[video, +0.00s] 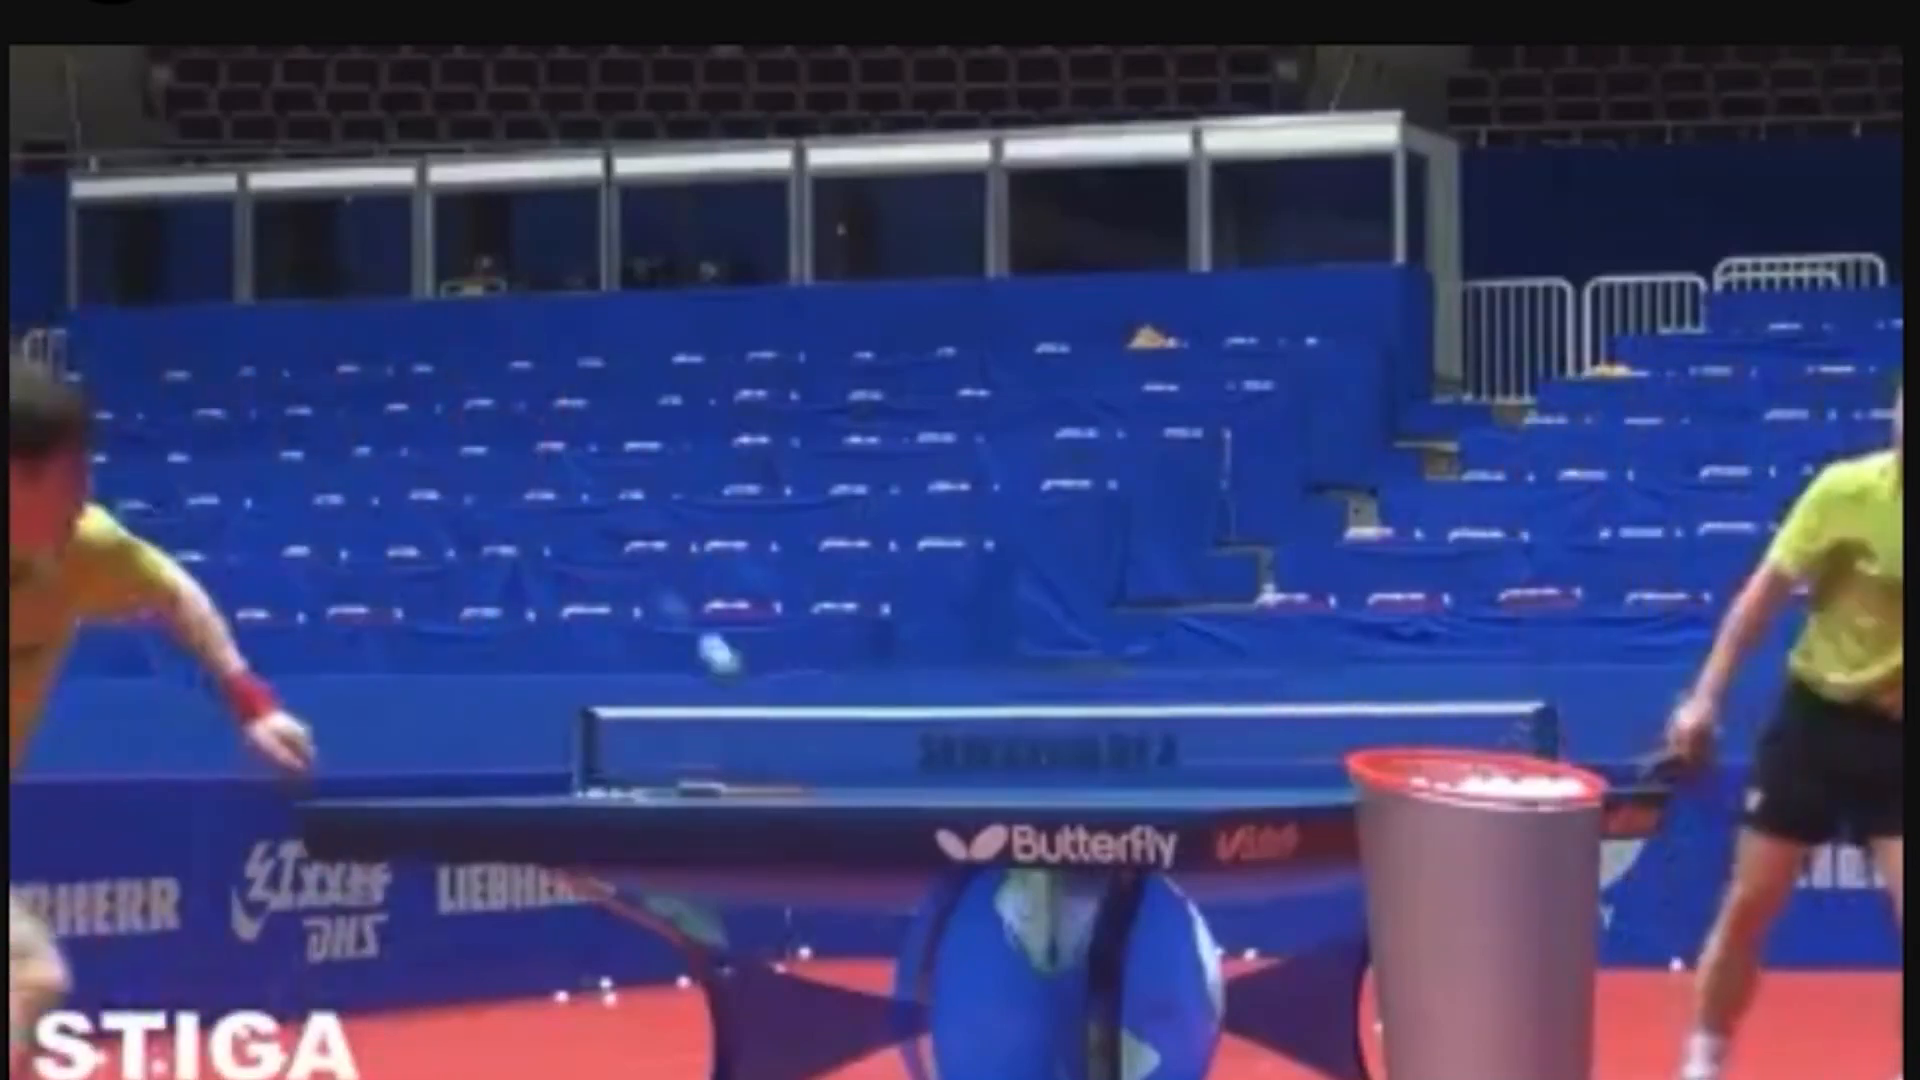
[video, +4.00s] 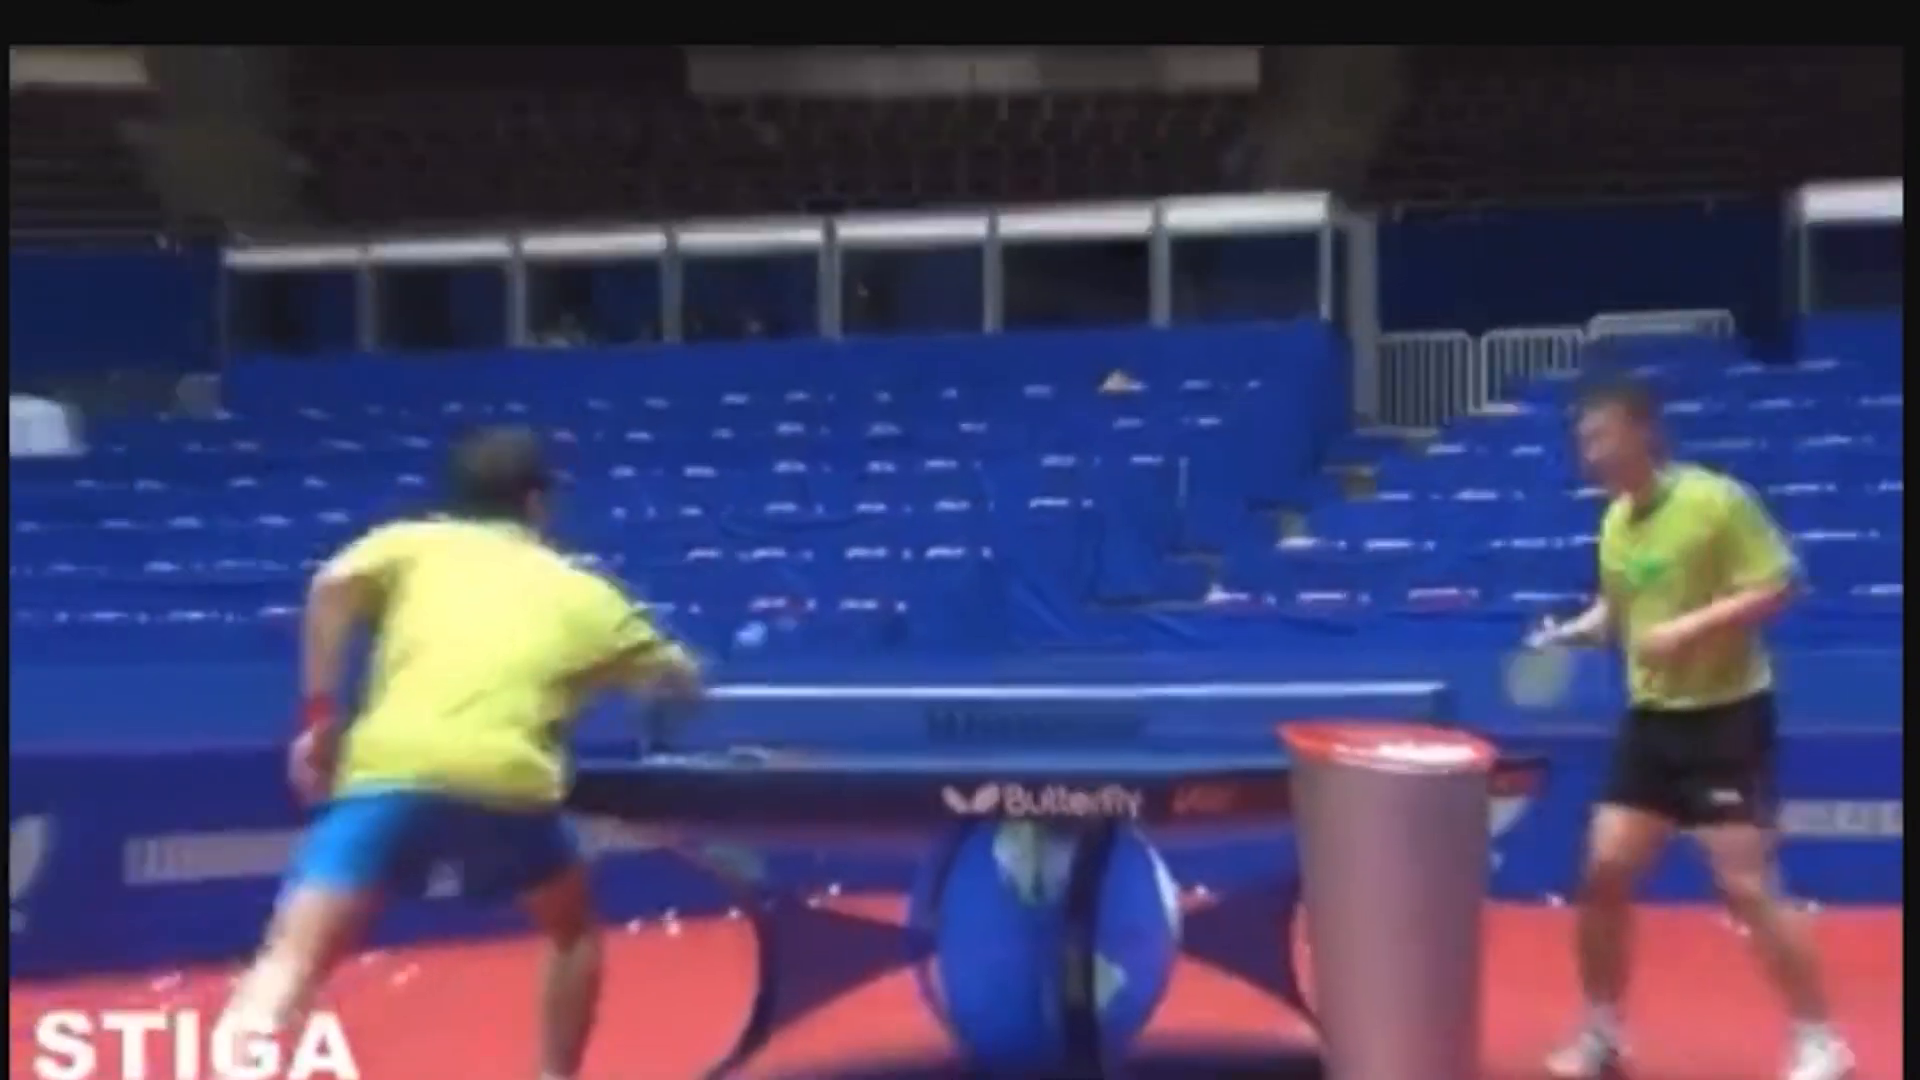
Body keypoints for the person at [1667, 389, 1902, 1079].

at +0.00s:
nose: (1903, 425)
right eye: (1901, 413)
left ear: (1897, 422)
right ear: (1894, 416)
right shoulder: (1851, 489)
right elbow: (1767, 588)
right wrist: (1705, 698)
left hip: (1896, 722)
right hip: (1819, 711)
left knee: (1902, 897)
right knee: (1753, 897)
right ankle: (1705, 1056)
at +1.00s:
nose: (1757, 417)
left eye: (1774, 401)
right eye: (1749, 401)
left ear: (1818, 406)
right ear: (1740, 410)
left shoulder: (1874, 502)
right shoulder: (1723, 496)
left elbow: (1894, 617)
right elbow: (1703, 595)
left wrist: (1803, 651)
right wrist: (1661, 633)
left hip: (1841, 735)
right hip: (1738, 729)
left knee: (1880, 923)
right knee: (1663, 912)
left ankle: (1897, 1066)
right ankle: (1623, 1059)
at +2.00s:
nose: (1605, 500)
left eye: (1621, 482)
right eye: (1593, 484)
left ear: (1663, 481)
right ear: (1582, 488)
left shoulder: (1731, 546)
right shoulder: (1588, 564)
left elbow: (1840, 604)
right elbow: (1591, 671)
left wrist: (1785, 699)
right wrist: (1612, 726)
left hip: (1757, 752)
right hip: (1662, 758)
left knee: (1792, 915)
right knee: (1604, 922)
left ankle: (1824, 1070)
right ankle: (1578, 1068)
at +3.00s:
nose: (1693, 456)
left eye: (1705, 436)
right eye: (1679, 441)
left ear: (1742, 425)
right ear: (1668, 444)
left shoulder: (1805, 470)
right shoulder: (1669, 516)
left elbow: (1876, 546)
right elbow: (1700, 586)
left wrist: (1845, 608)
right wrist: (1726, 649)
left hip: (1826, 715)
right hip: (1731, 720)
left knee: (1831, 913)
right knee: (1699, 923)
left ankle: (1857, 1068)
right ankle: (1676, 1062)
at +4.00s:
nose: (1591, 455)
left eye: (1601, 438)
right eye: (1585, 441)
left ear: (1644, 435)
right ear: (1588, 449)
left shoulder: (1715, 501)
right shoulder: (1615, 520)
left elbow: (1777, 580)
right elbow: (1622, 606)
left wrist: (1688, 627)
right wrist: (1578, 630)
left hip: (1726, 715)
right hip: (1652, 715)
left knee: (1746, 887)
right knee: (1606, 866)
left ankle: (1817, 1037)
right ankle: (1602, 1030)